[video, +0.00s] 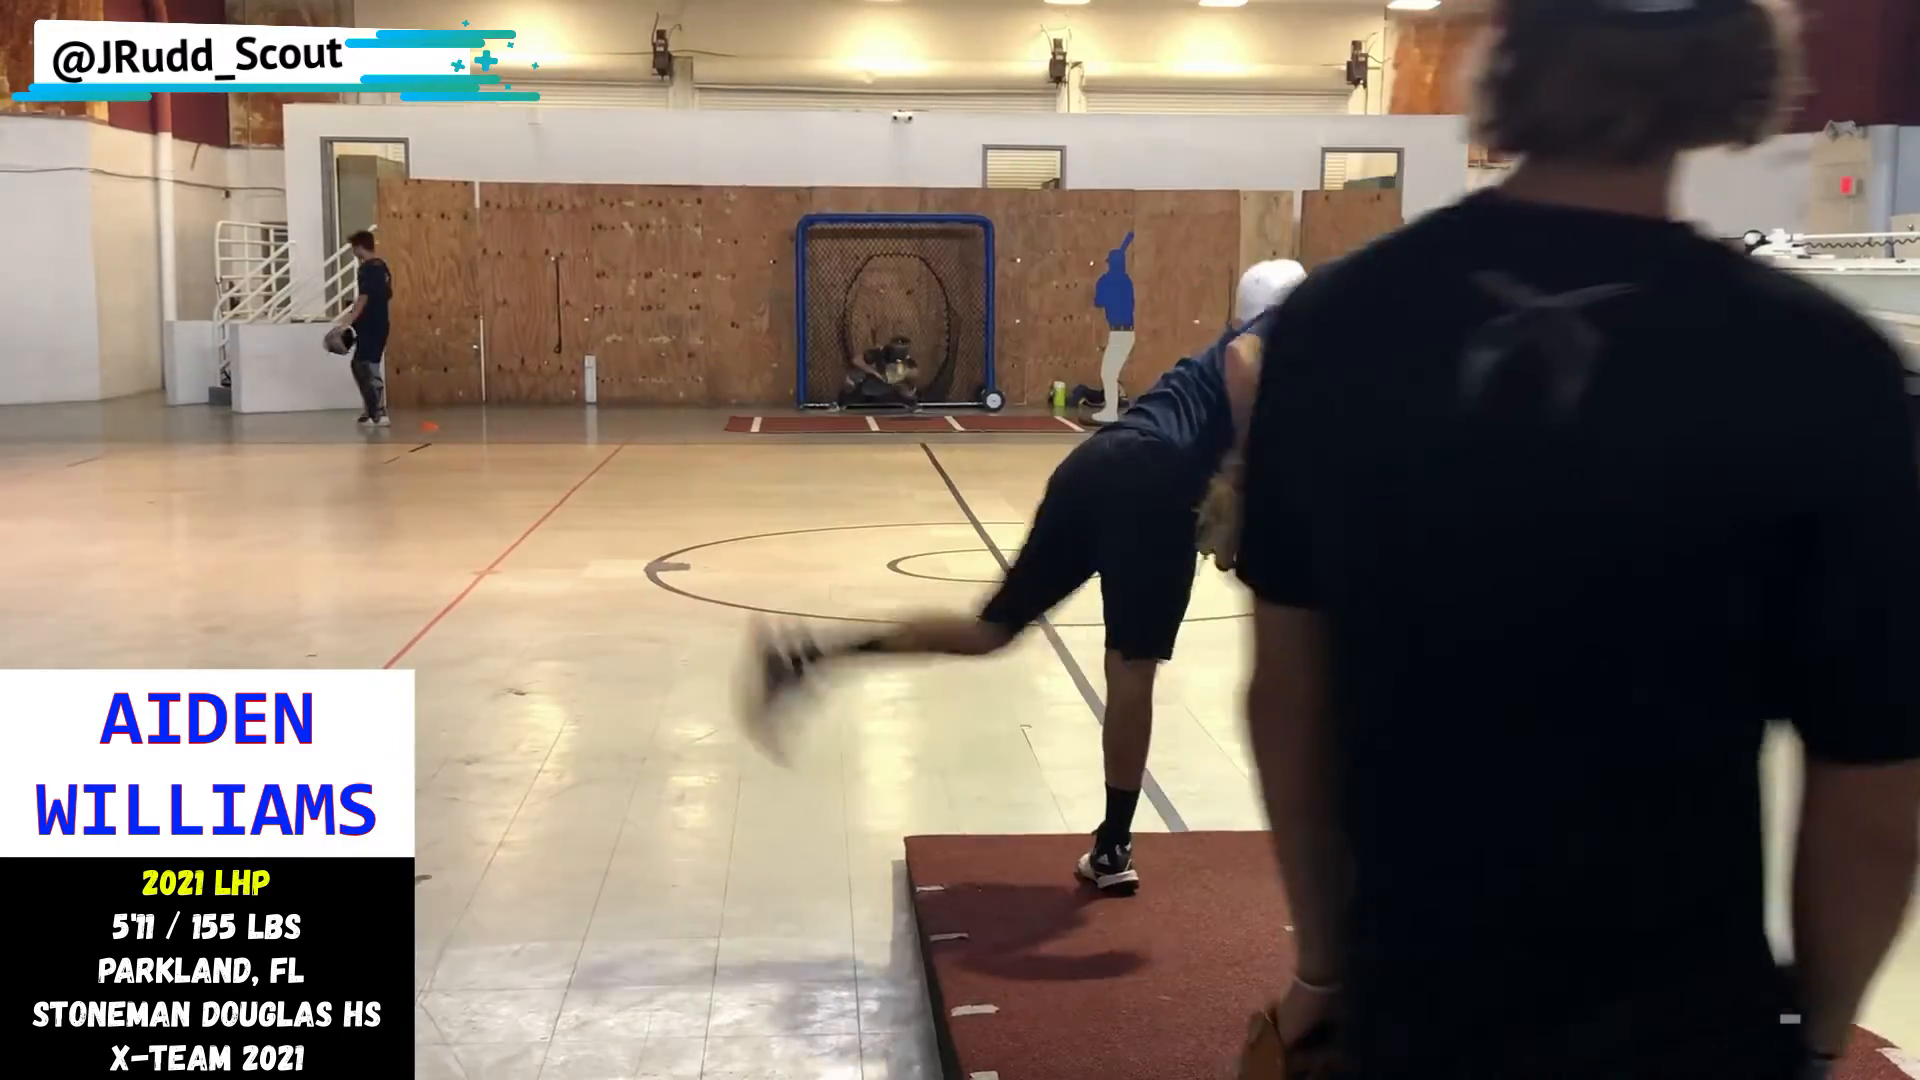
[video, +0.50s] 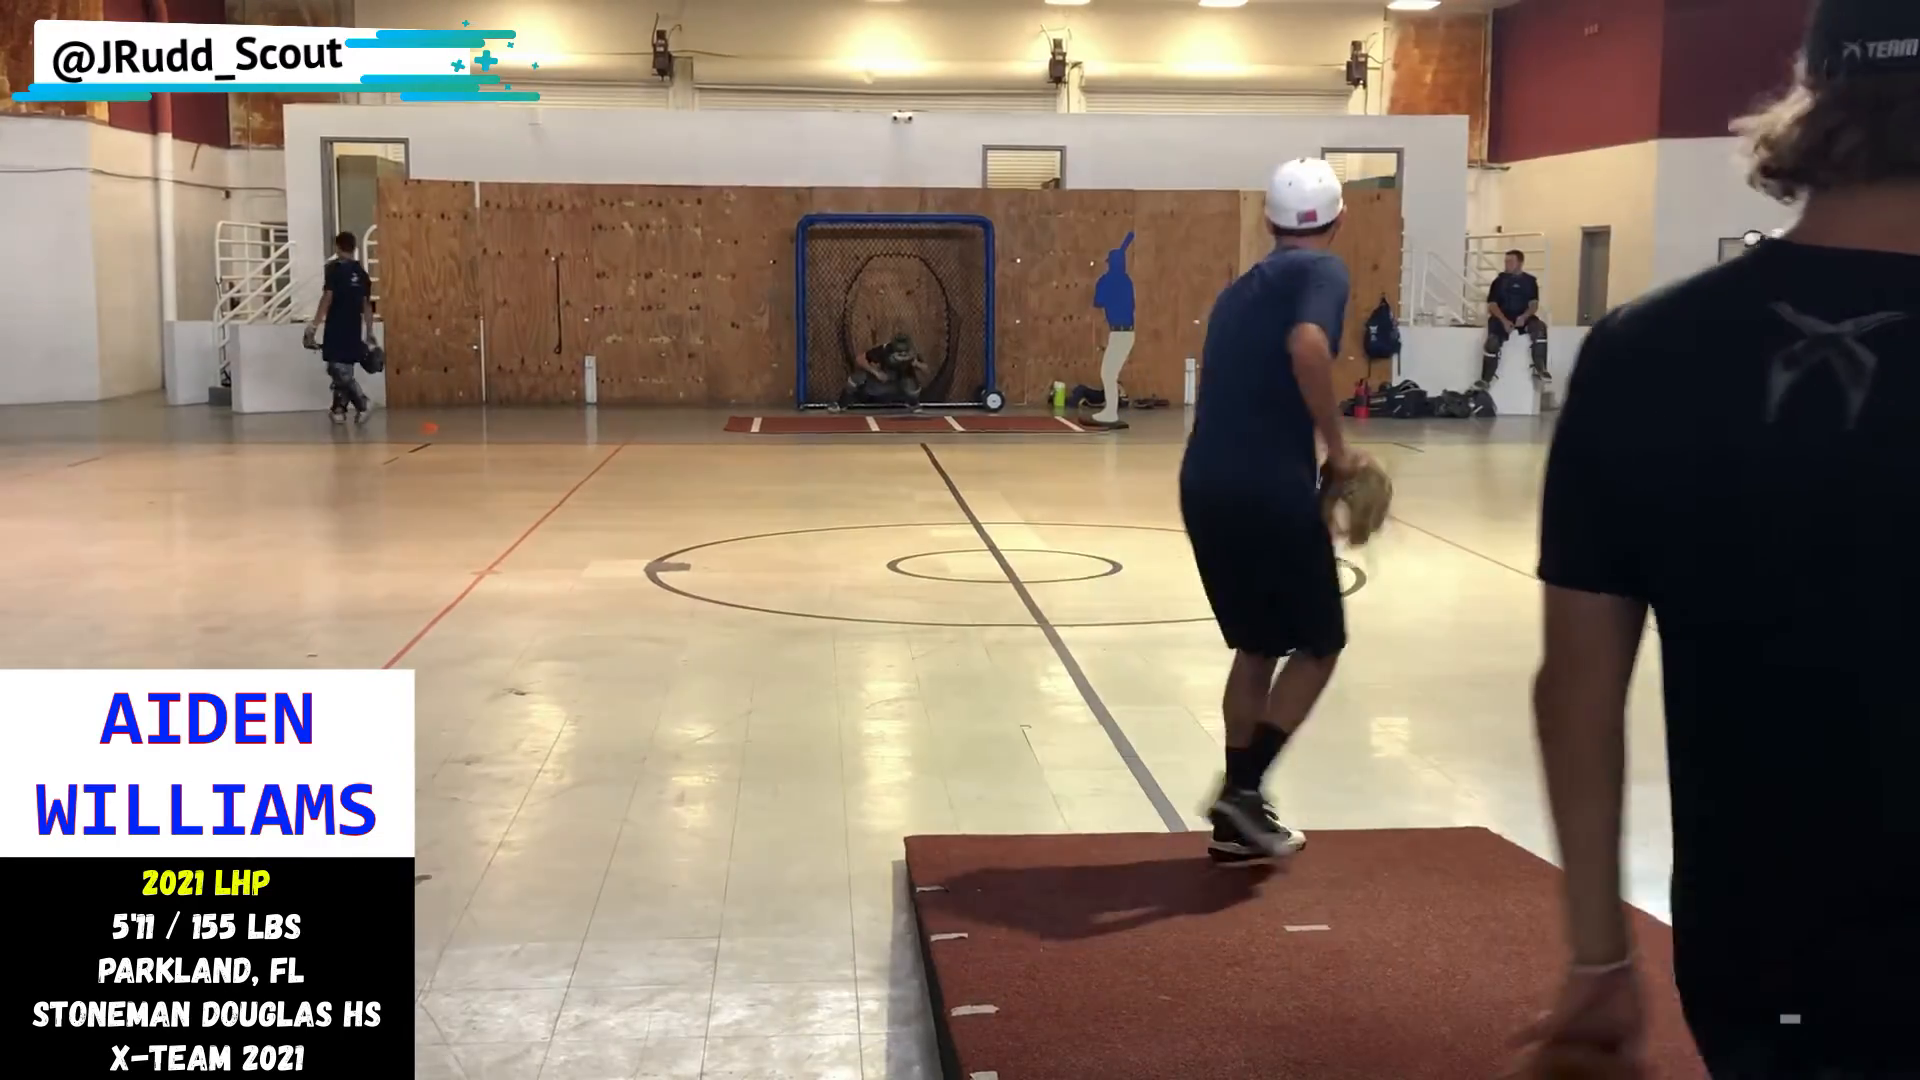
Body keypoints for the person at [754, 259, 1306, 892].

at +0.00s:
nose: (1309, 326)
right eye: (1303, 312)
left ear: (1245, 311)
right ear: (1292, 315)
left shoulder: (1220, 352)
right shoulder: (1266, 349)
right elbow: (1256, 464)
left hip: (1089, 474)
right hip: (1155, 497)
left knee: (987, 629)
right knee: (1133, 674)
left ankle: (810, 651)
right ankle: (1112, 848)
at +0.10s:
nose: (1323, 295)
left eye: (1318, 287)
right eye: (1321, 285)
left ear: (1250, 293)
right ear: (1311, 289)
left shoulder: (1228, 334)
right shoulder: (1297, 308)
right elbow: (1266, 352)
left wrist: (1261, 507)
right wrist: (1291, 478)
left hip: (1101, 466)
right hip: (1168, 485)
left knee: (1071, 637)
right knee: (1132, 666)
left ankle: (994, 775)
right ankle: (1106, 846)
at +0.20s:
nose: (1328, 277)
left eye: (1323, 268)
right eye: (1327, 268)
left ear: (1256, 274)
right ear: (1317, 271)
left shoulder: (1226, 320)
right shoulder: (1303, 294)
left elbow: (1167, 398)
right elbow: (1277, 344)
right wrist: (1301, 468)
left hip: (1125, 475)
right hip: (1185, 487)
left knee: (1157, 652)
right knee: (1153, 663)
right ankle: (1103, 837)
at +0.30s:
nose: (1333, 256)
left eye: (1328, 247)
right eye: (1331, 247)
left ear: (1260, 255)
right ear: (1321, 254)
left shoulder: (1237, 301)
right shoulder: (1304, 284)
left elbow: (1180, 396)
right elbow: (1275, 340)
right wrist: (1305, 466)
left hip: (1168, 487)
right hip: (1215, 495)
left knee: (1236, 643)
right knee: (1218, 663)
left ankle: (1239, 814)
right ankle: (1129, 827)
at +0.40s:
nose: (1331, 245)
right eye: (1331, 235)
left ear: (1266, 240)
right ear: (1328, 238)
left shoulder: (1238, 297)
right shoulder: (1311, 281)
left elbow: (1202, 389)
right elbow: (1282, 343)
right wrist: (1311, 460)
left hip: (1191, 488)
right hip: (1243, 494)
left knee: (1253, 653)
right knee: (1283, 658)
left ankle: (1243, 815)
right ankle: (1178, 799)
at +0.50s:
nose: (1341, 225)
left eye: (1333, 215)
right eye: (1339, 215)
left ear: (1273, 221)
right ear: (1332, 219)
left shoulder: (1236, 290)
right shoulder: (1322, 269)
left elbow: (1233, 403)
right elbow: (1308, 343)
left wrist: (1312, 481)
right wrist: (1339, 447)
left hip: (1205, 483)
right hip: (1271, 486)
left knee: (1255, 642)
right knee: (1319, 641)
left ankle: (1237, 811)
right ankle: (1246, 790)